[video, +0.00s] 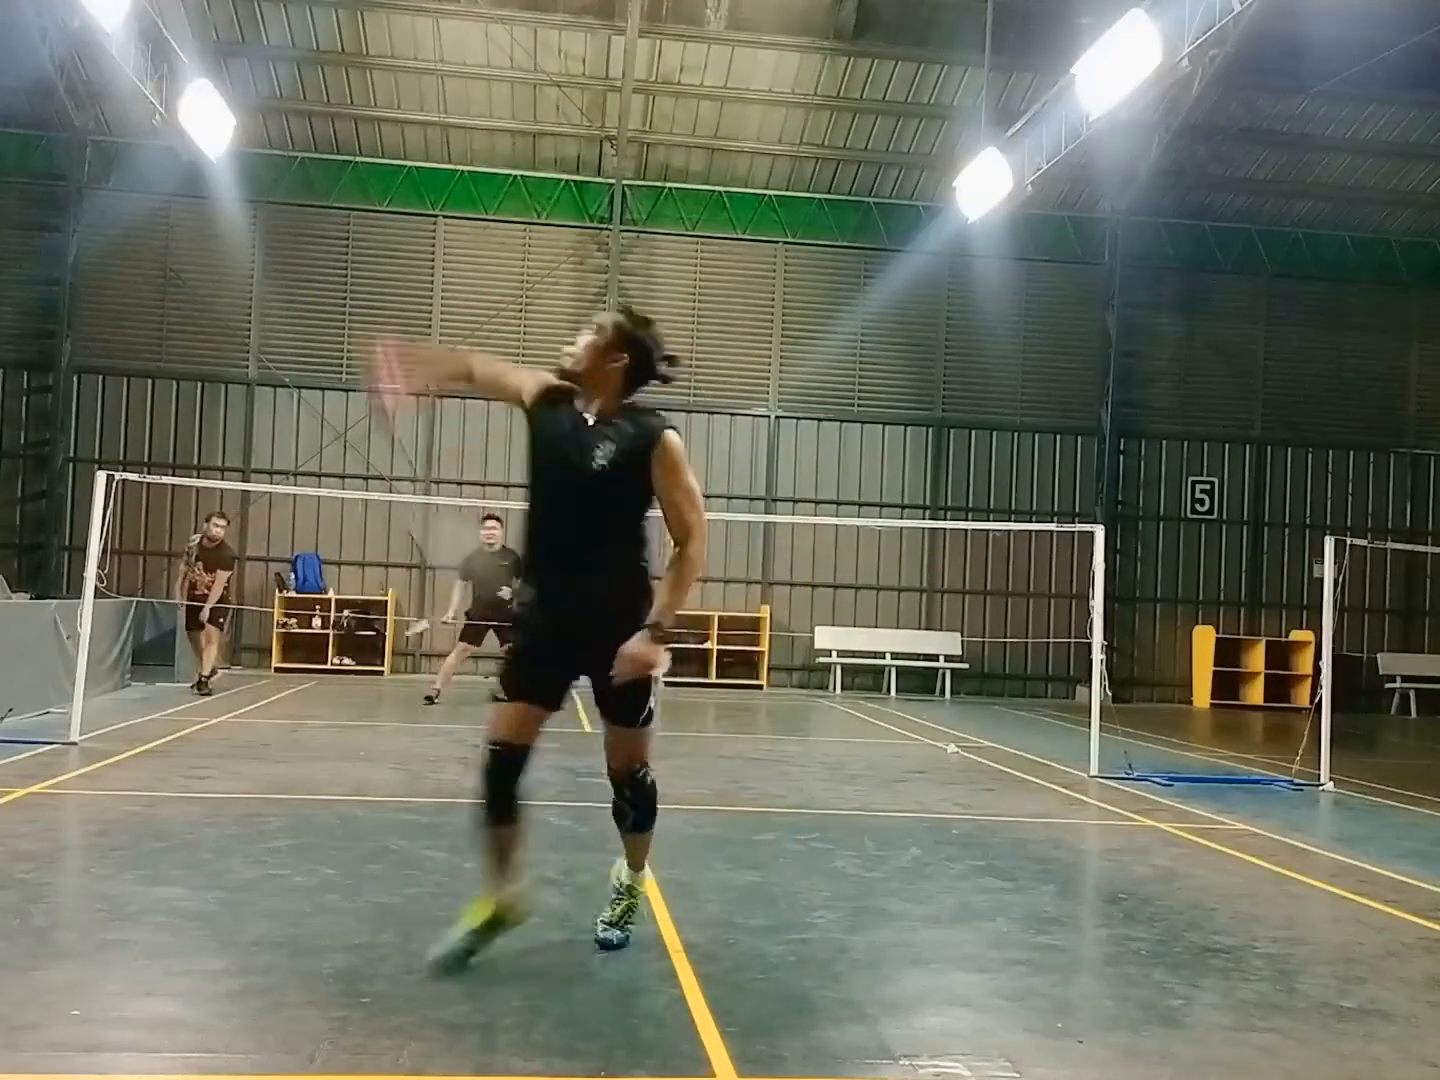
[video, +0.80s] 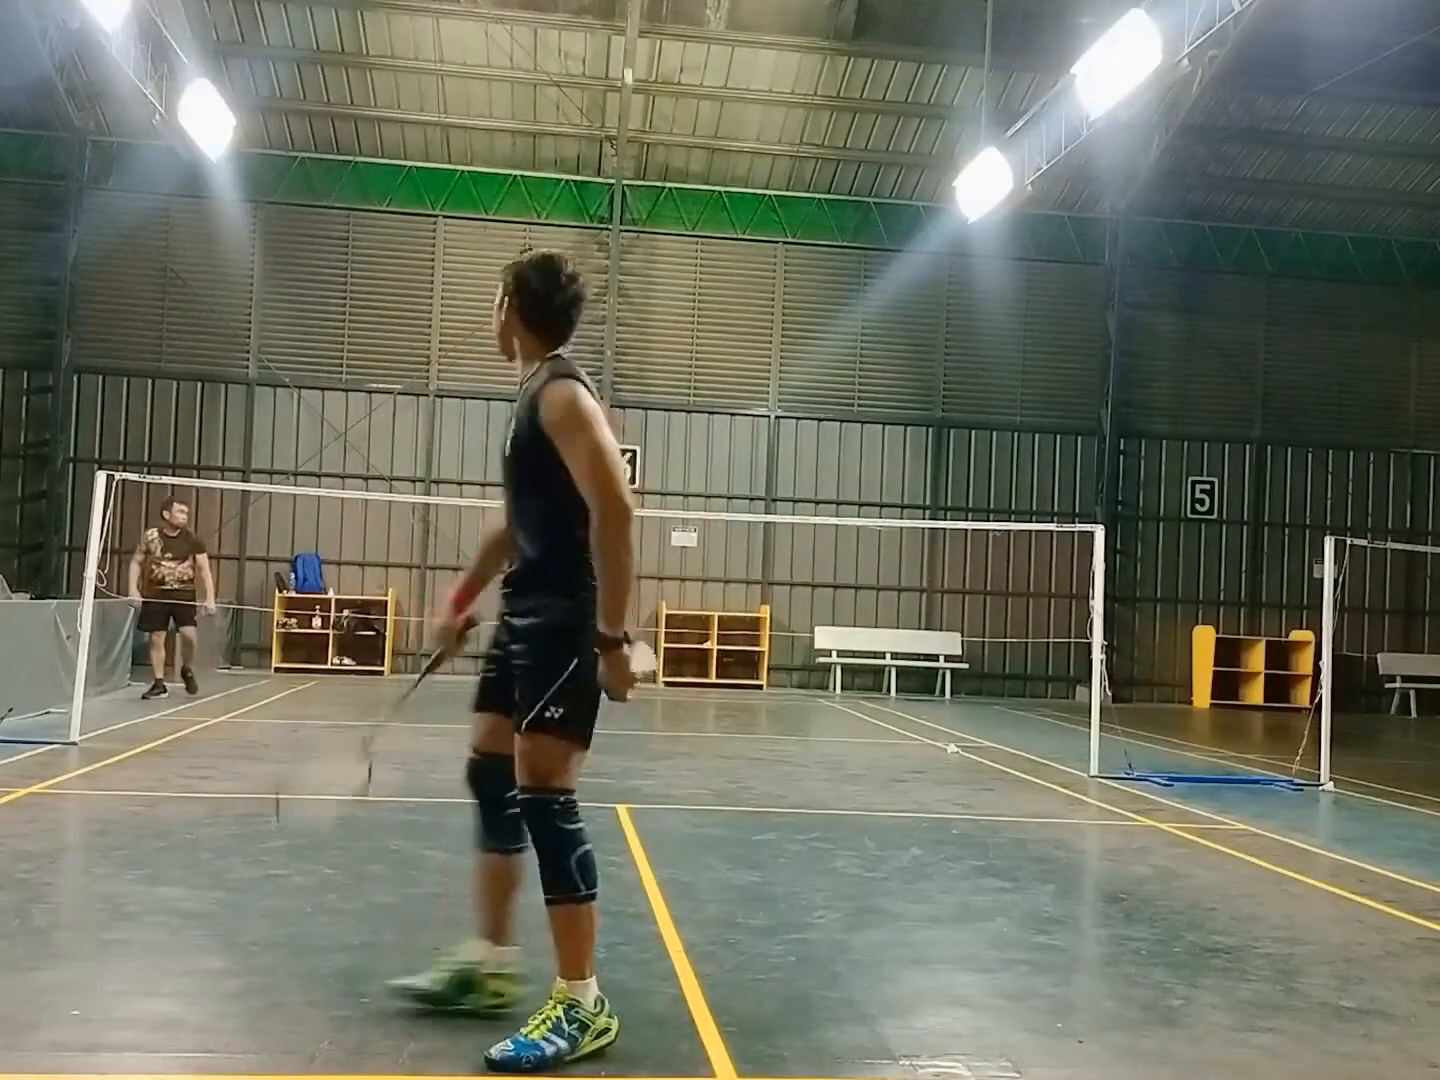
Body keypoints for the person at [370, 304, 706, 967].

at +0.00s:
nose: (577, 340)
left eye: (591, 335)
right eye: (585, 331)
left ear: (616, 358)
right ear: (603, 355)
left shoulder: (654, 440)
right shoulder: (545, 396)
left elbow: (690, 543)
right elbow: (472, 369)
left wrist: (656, 631)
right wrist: (405, 365)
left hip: (619, 625)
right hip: (547, 616)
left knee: (628, 775)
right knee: (500, 762)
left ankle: (633, 879)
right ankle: (502, 895)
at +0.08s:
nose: (546, 344)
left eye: (563, 342)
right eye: (555, 338)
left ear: (588, 371)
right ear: (557, 361)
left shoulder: (621, 450)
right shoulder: (505, 397)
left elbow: (680, 535)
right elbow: (431, 311)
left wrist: (681, 615)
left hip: (586, 635)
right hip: (505, 628)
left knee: (603, 789)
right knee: (454, 787)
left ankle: (600, 878)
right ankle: (412, 956)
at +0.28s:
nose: (500, 337)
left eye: (516, 333)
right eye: (505, 330)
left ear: (547, 361)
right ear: (509, 357)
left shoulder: (582, 454)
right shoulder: (454, 412)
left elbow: (629, 559)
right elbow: (354, 381)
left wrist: (669, 661)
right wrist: (342, 281)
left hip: (532, 651)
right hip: (444, 642)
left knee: (542, 827)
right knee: (414, 810)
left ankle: (554, 879)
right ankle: (394, 959)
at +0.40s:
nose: (495, 309)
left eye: (511, 303)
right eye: (501, 301)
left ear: (543, 330)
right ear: (512, 328)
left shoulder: (584, 426)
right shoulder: (451, 399)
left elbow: (621, 537)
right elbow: (355, 431)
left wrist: (634, 648)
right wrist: (315, 387)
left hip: (533, 635)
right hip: (442, 627)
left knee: (522, 828)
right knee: (406, 801)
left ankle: (529, 909)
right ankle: (389, 958)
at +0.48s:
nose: (493, 295)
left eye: (508, 289)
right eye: (502, 287)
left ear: (540, 318)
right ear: (516, 319)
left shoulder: (586, 410)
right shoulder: (455, 393)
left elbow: (619, 525)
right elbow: (395, 479)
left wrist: (620, 638)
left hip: (532, 620)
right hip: (446, 614)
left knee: (516, 796)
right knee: (412, 791)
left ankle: (544, 967)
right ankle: (390, 956)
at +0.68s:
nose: (482, 317)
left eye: (491, 305)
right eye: (487, 304)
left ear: (519, 317)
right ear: (522, 321)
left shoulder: (589, 412)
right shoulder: (487, 417)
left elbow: (627, 530)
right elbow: (453, 529)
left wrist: (621, 644)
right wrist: (407, 628)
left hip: (556, 629)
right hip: (480, 624)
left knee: (529, 798)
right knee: (440, 788)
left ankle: (578, 1002)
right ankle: (405, 958)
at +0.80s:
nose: (493, 320)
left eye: (499, 307)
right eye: (499, 307)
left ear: (517, 317)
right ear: (554, 318)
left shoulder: (563, 396)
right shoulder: (536, 401)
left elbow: (615, 507)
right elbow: (520, 522)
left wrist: (613, 634)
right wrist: (466, 596)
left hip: (566, 625)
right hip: (523, 620)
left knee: (547, 793)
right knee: (492, 774)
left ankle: (580, 1000)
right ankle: (489, 964)